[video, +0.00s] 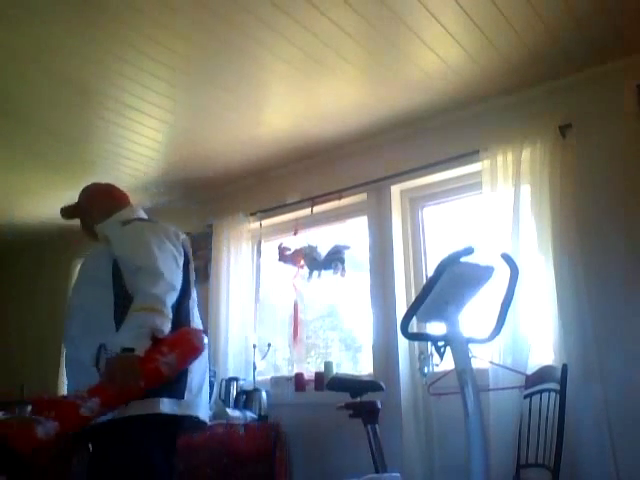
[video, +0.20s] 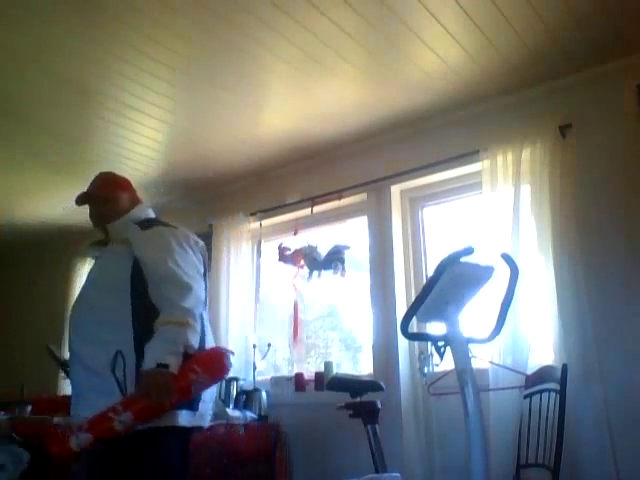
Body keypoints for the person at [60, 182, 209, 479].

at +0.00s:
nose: (82, 228)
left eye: (83, 218)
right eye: (80, 220)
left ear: (97, 213)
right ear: (119, 207)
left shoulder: (137, 232)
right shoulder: (108, 252)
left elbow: (156, 286)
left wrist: (131, 348)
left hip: (143, 407)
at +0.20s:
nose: (91, 215)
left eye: (96, 205)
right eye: (90, 207)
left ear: (117, 201)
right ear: (123, 202)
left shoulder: (160, 237)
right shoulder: (113, 252)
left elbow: (183, 304)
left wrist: (161, 363)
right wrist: (83, 368)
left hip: (148, 420)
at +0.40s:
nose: (116, 193)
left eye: (124, 185)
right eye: (115, 186)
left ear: (150, 188)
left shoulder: (185, 236)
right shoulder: (117, 249)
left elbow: (218, 308)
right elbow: (102, 324)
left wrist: (209, 373)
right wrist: (40, 321)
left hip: (160, 418)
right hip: (100, 419)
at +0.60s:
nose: (155, 189)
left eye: (165, 181)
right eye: (148, 180)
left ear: (184, 189)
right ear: (137, 185)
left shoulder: (212, 241)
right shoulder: (106, 242)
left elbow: (255, 325)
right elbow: (79, 305)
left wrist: (249, 398)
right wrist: (30, 288)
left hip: (181, 421)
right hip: (105, 421)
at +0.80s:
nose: (179, 170)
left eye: (189, 165)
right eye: (170, 165)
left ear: (206, 179)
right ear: (158, 177)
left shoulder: (235, 239)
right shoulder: (110, 233)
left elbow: (270, 317)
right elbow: (77, 298)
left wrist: (284, 384)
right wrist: (74, 271)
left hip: (197, 426)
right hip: (106, 423)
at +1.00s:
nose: (190, 166)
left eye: (201, 160)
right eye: (182, 158)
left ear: (215, 173)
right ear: (166, 168)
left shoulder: (242, 238)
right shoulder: (117, 219)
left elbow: (268, 322)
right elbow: (70, 276)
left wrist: (285, 396)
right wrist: (109, 266)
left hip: (206, 424)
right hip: (117, 421)